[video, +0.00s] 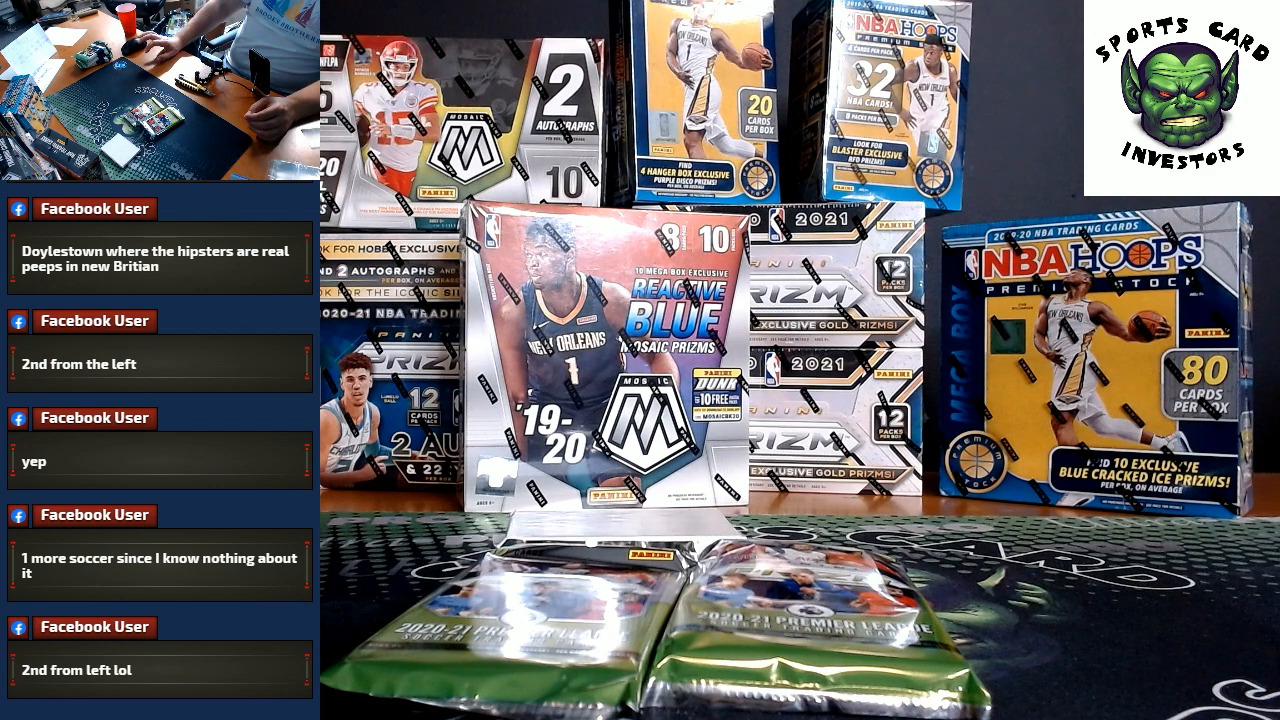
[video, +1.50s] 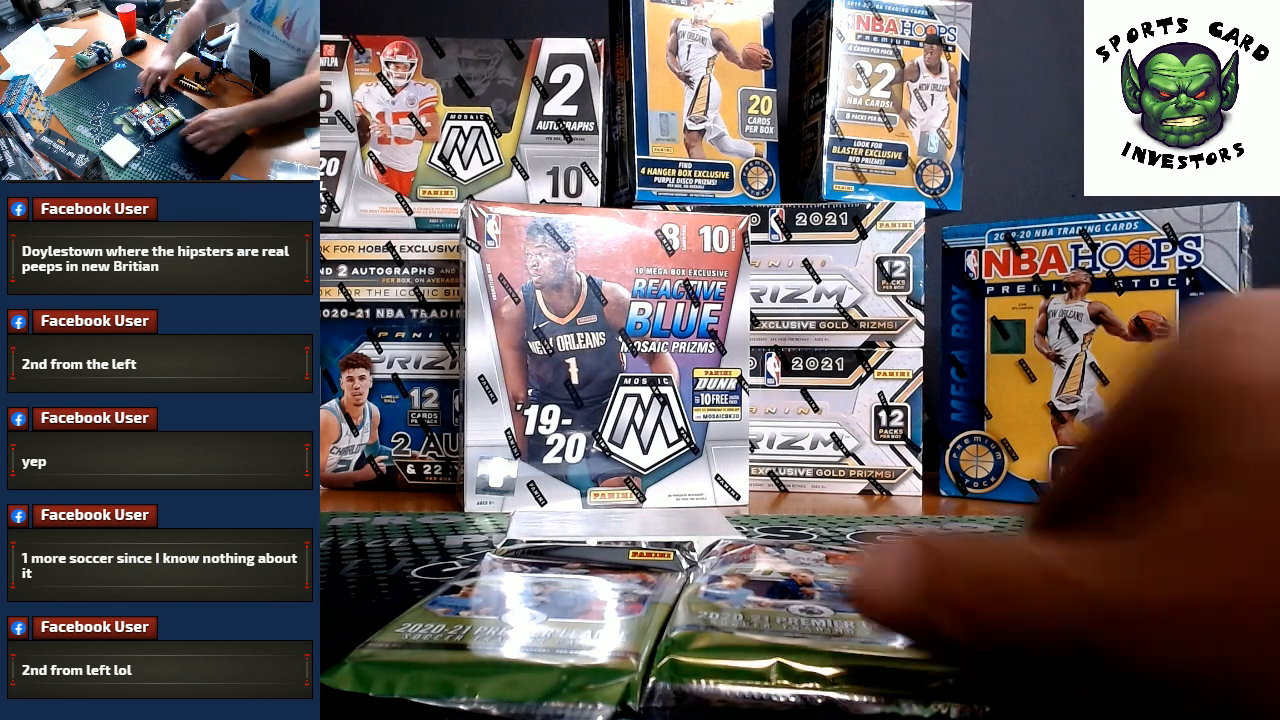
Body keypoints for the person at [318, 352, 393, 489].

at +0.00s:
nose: (356, 385)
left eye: (362, 378)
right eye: (350, 379)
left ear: (370, 382)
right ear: (341, 384)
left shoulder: (372, 413)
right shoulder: (325, 419)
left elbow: (373, 450)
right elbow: (316, 477)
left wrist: (406, 456)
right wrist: (360, 475)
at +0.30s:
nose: (356, 385)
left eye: (362, 378)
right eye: (350, 379)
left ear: (370, 382)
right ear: (341, 383)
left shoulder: (372, 413)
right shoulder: (325, 419)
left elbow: (373, 450)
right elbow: (316, 477)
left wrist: (406, 456)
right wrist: (360, 475)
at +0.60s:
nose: (356, 385)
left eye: (362, 378)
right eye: (350, 379)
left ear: (370, 382)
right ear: (341, 383)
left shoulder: (372, 413)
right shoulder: (325, 419)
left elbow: (373, 450)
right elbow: (317, 477)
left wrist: (406, 456)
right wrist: (360, 475)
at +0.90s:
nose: (356, 385)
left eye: (362, 378)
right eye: (350, 379)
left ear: (370, 382)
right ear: (341, 383)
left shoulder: (372, 413)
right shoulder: (325, 419)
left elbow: (373, 451)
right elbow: (316, 477)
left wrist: (406, 456)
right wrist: (360, 475)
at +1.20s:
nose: (356, 385)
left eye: (362, 378)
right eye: (350, 379)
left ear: (370, 382)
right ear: (341, 383)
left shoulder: (372, 413)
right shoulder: (325, 419)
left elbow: (373, 451)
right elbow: (316, 477)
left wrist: (406, 456)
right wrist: (360, 475)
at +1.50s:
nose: (356, 385)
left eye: (362, 378)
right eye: (350, 379)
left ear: (370, 382)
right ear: (341, 383)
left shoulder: (372, 413)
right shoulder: (325, 419)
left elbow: (373, 450)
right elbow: (316, 477)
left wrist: (406, 456)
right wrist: (360, 475)